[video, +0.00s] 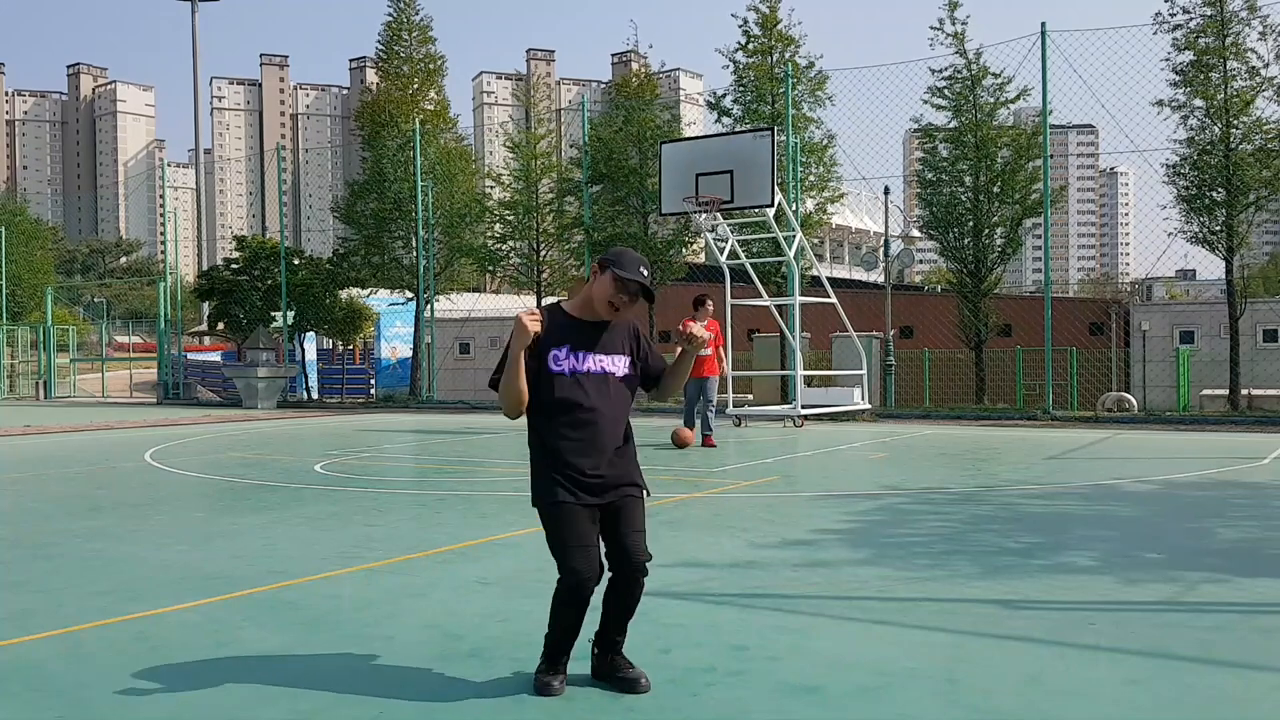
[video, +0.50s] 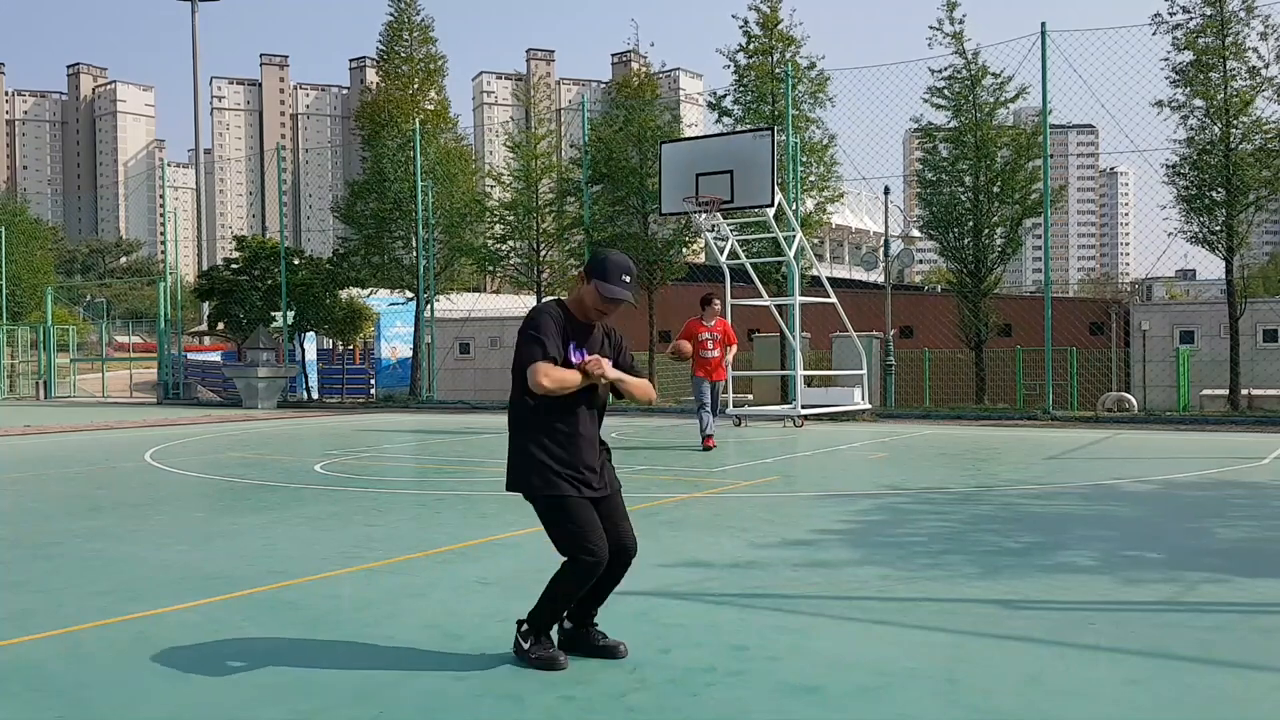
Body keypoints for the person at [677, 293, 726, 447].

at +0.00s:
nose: (712, 308)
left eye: (712, 305)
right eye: (709, 305)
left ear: (711, 308)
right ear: (699, 307)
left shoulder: (714, 325)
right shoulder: (687, 324)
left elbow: (719, 345)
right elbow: (679, 344)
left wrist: (724, 362)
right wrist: (677, 363)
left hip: (711, 370)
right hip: (692, 370)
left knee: (710, 403)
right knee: (690, 403)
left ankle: (707, 435)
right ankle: (689, 433)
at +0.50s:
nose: (719, 308)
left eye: (720, 305)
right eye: (716, 305)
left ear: (719, 307)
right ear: (706, 307)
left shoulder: (724, 324)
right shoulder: (692, 324)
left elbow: (733, 344)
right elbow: (679, 341)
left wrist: (730, 356)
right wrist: (672, 349)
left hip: (718, 369)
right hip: (700, 369)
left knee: (714, 405)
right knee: (704, 403)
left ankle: (709, 435)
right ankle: (707, 436)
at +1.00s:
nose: (722, 306)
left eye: (723, 303)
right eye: (719, 303)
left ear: (724, 304)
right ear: (709, 305)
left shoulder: (727, 322)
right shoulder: (695, 322)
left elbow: (735, 344)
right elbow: (678, 340)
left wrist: (741, 365)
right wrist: (675, 353)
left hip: (725, 370)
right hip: (704, 371)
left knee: (727, 401)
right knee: (705, 407)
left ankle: (728, 439)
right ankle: (708, 439)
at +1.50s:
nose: (725, 302)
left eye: (727, 299)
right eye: (722, 299)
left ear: (731, 301)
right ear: (716, 301)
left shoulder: (739, 320)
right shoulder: (704, 319)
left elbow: (745, 345)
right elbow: (689, 338)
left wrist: (750, 369)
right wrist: (681, 352)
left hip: (732, 371)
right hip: (710, 371)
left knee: (731, 408)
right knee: (709, 402)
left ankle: (729, 440)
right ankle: (710, 435)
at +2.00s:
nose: (693, 305)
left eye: (695, 301)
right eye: (693, 301)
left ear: (704, 303)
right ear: (701, 303)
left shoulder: (723, 320)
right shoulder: (694, 323)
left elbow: (731, 343)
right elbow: (690, 347)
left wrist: (721, 362)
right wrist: (683, 361)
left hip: (719, 371)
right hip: (699, 372)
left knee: (724, 409)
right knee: (699, 409)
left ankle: (728, 441)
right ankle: (702, 445)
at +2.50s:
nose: (672, 305)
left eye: (673, 301)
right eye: (672, 301)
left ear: (679, 301)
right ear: (687, 300)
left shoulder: (689, 316)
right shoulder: (694, 316)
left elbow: (690, 341)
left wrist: (673, 359)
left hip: (691, 372)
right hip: (698, 372)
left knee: (680, 406)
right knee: (694, 408)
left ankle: (685, 446)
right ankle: (702, 445)